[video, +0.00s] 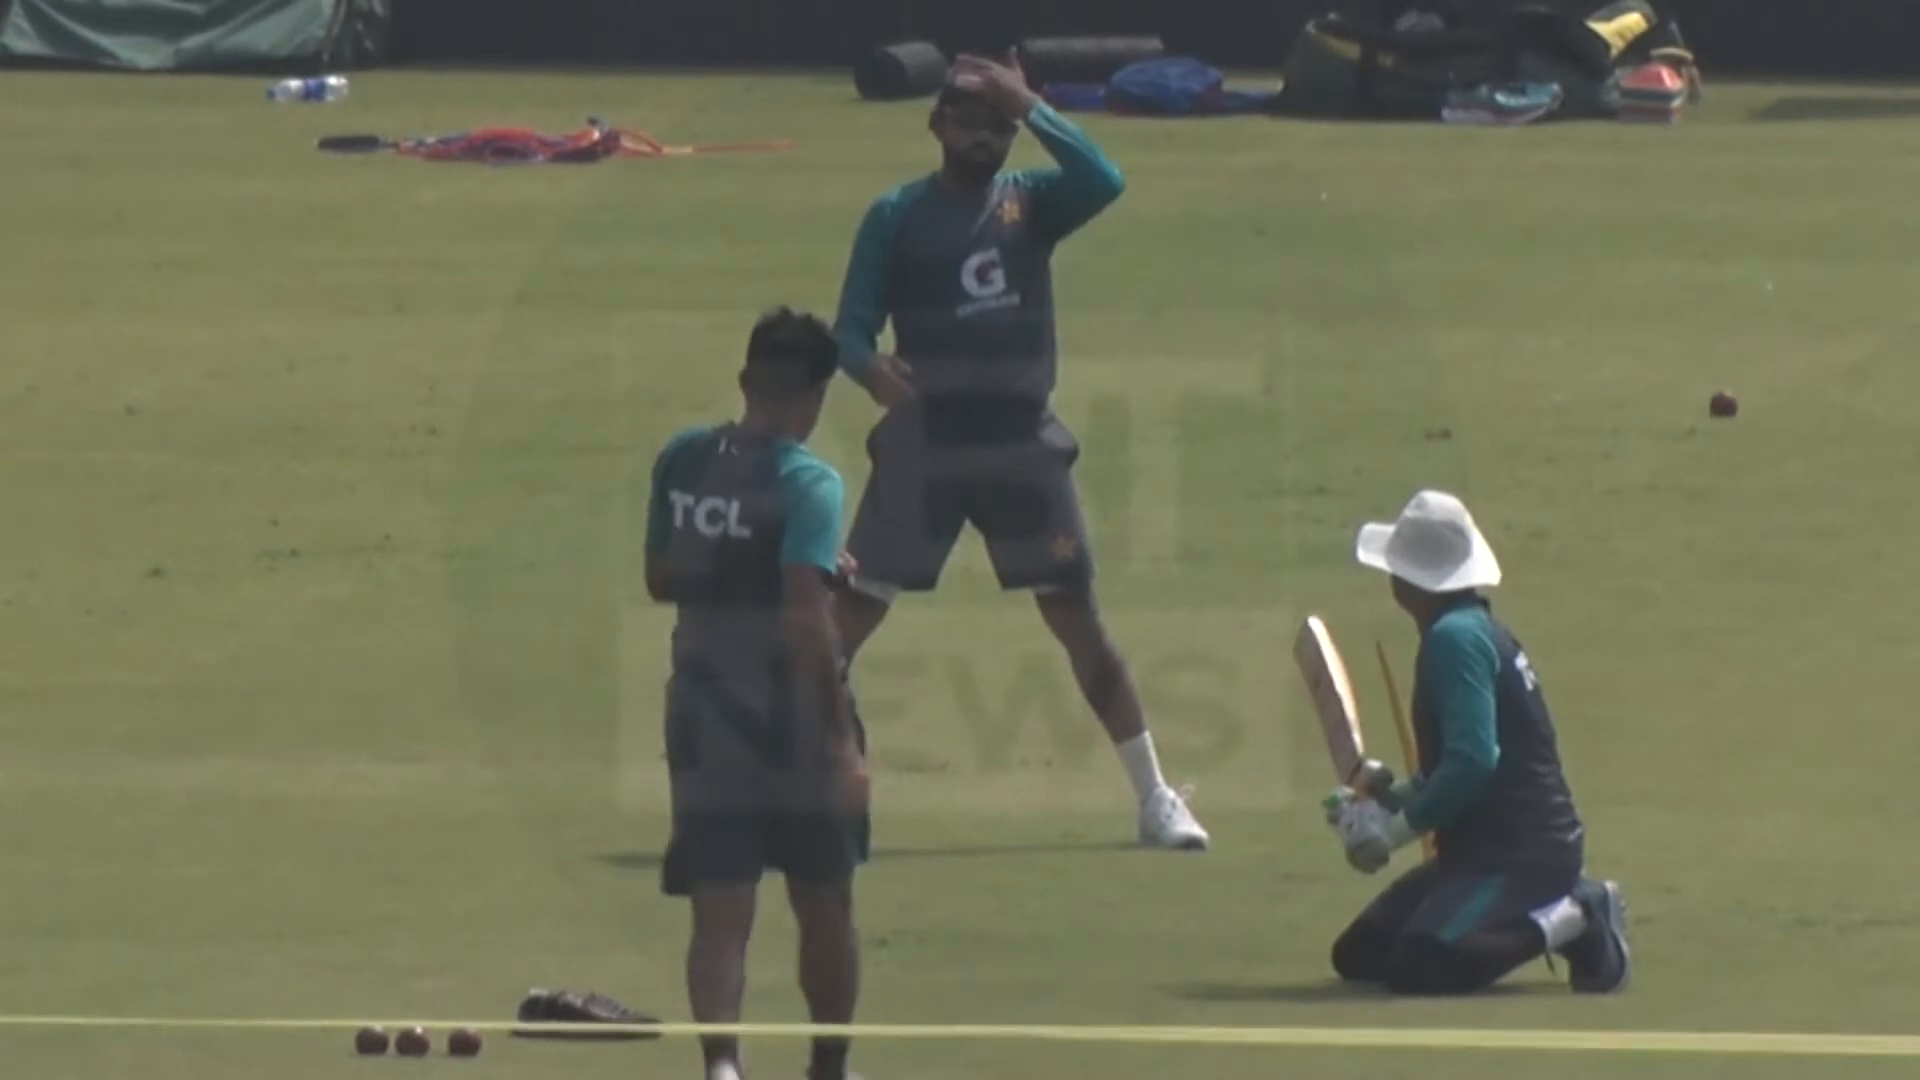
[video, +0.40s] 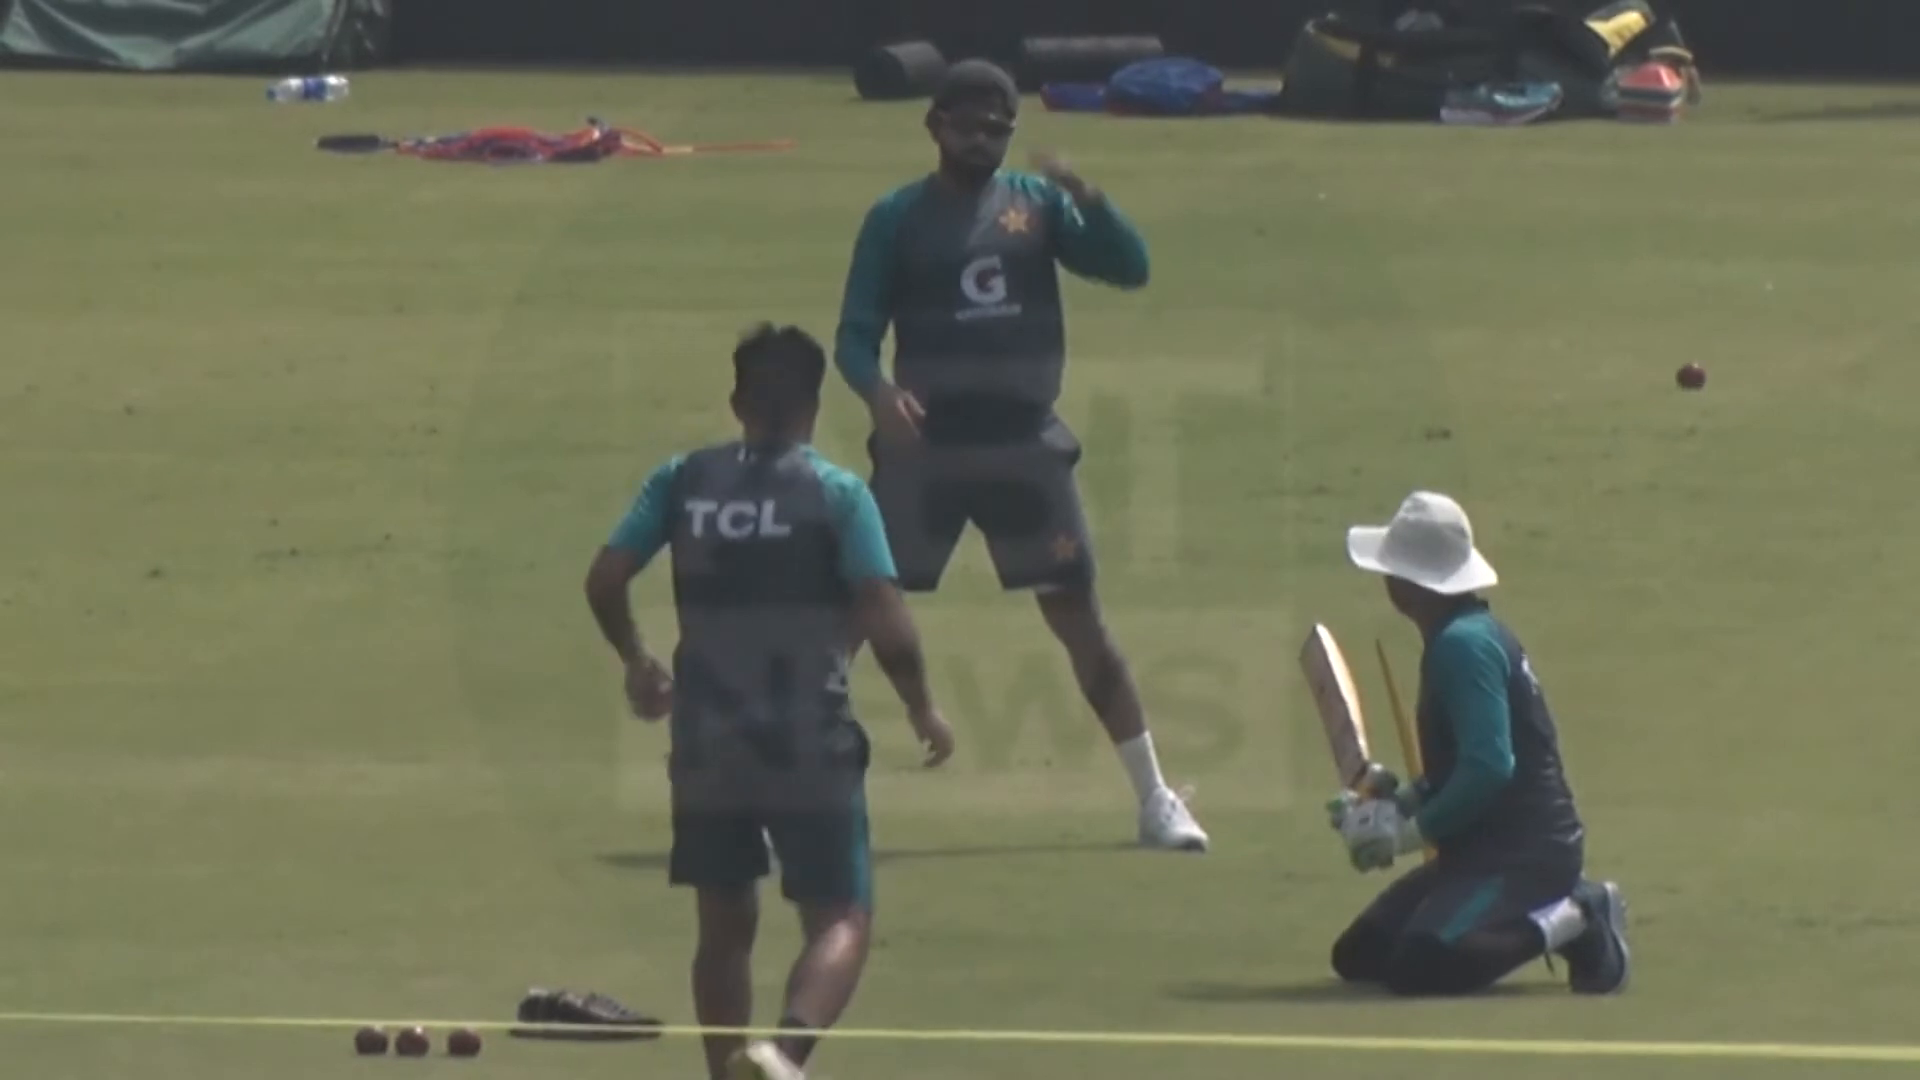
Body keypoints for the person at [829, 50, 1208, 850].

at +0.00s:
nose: (983, 139)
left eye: (997, 127)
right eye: (968, 122)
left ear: (1013, 135)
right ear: (937, 125)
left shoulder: (1030, 204)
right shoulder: (894, 218)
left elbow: (1102, 182)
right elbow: (850, 335)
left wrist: (1027, 104)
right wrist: (877, 375)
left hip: (1021, 442)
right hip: (922, 443)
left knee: (1080, 624)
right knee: (844, 622)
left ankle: (1155, 798)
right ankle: (774, 784)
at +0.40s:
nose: (982, 140)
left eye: (996, 128)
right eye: (968, 126)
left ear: (1012, 135)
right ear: (936, 126)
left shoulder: (1035, 204)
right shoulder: (894, 221)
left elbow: (1128, 270)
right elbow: (853, 339)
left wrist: (1089, 204)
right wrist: (878, 393)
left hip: (1021, 439)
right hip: (922, 442)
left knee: (1079, 621)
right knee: (858, 608)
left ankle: (1155, 798)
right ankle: (782, 763)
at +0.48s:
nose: (979, 143)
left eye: (993, 130)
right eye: (965, 129)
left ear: (1011, 135)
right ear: (934, 127)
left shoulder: (1037, 206)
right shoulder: (895, 222)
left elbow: (1126, 297)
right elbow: (853, 342)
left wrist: (1078, 267)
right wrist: (880, 401)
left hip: (1022, 442)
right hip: (923, 446)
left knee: (1080, 623)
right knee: (849, 615)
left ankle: (1155, 798)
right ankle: (778, 772)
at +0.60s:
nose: (979, 141)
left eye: (993, 128)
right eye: (963, 128)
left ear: (1012, 132)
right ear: (934, 128)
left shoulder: (1042, 212)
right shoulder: (895, 222)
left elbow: (1099, 313)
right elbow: (852, 344)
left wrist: (1091, 372)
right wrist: (884, 415)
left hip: (1023, 440)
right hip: (923, 445)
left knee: (1079, 620)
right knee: (856, 610)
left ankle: (1155, 798)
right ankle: (800, 788)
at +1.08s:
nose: (1005, 182)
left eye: (1017, 168)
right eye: (989, 168)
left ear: (1033, 168)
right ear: (955, 166)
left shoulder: (1059, 238)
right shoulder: (906, 243)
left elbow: (1097, 333)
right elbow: (841, 338)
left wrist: (1065, 425)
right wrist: (877, 431)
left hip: (1012, 448)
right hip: (914, 447)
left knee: (1082, 613)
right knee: (841, 600)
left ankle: (1157, 798)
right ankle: (809, 787)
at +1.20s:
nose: (1004, 265)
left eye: (1018, 251)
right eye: (990, 250)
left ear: (1038, 249)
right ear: (961, 245)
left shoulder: (1066, 304)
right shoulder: (908, 308)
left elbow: (1106, 389)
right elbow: (841, 395)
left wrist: (1067, 480)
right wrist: (883, 484)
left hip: (1011, 474)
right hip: (909, 467)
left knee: (1098, 609)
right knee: (840, 601)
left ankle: (1159, 797)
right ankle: (817, 786)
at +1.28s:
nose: (1003, 321)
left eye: (1018, 307)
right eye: (989, 306)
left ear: (1038, 306)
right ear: (963, 300)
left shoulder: (1064, 355)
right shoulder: (911, 356)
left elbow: (1099, 448)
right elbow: (850, 454)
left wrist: (1062, 541)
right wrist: (894, 547)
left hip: (1012, 494)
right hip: (906, 492)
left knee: (1109, 613)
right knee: (835, 607)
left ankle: (1159, 797)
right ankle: (811, 788)